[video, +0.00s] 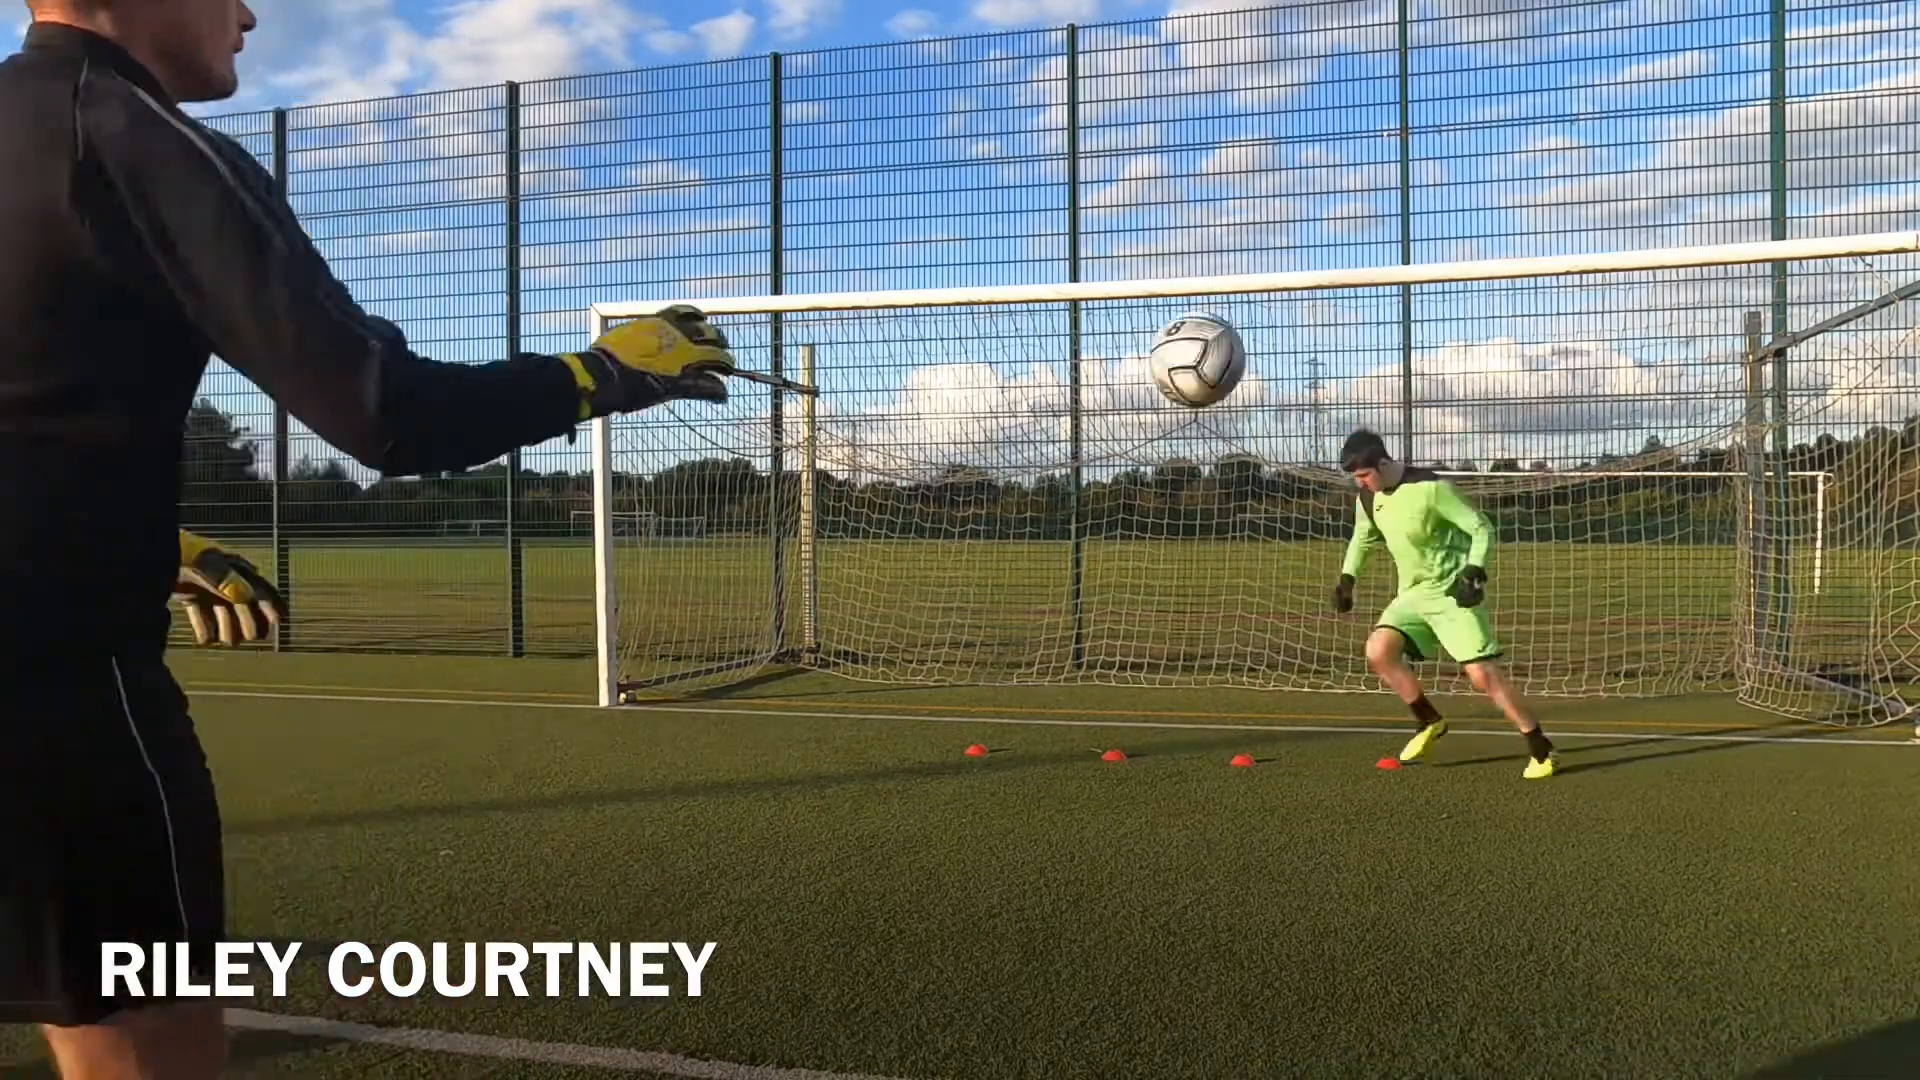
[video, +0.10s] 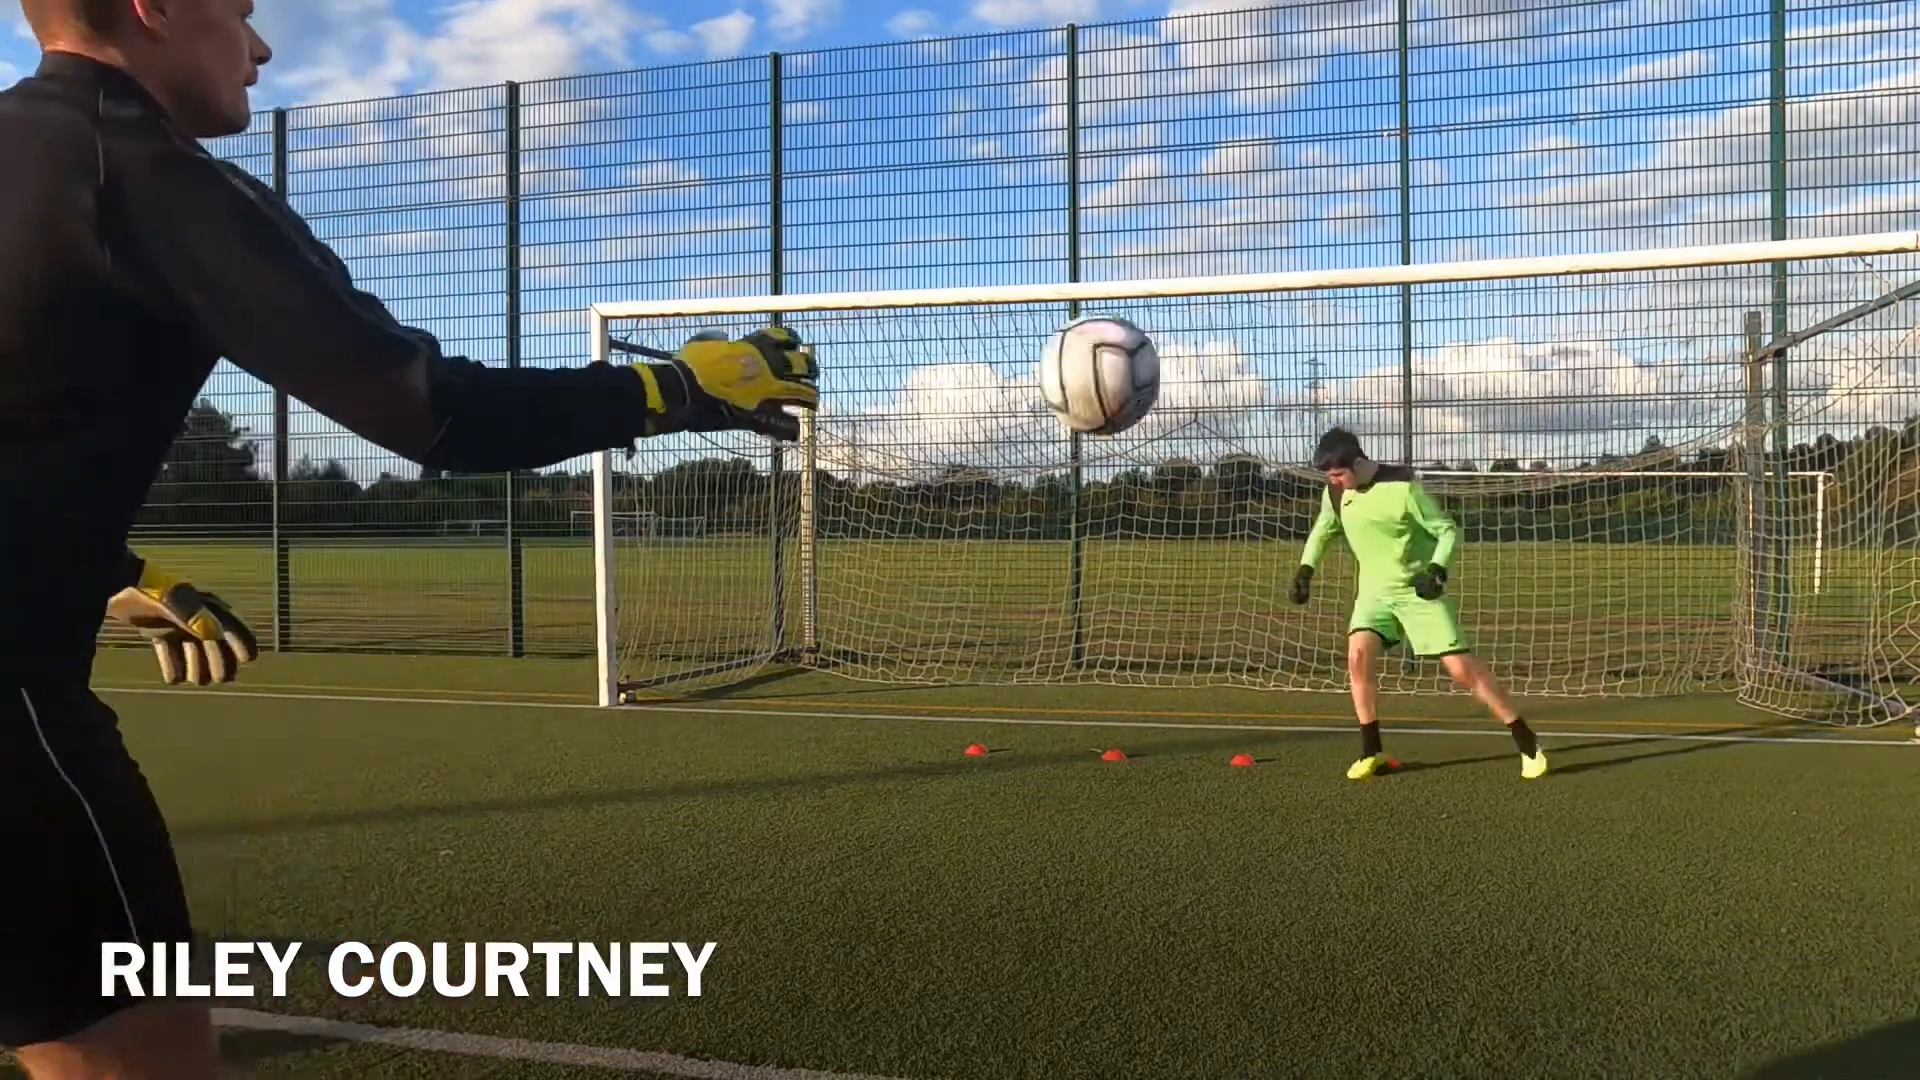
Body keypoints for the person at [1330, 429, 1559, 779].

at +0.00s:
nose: (1360, 483)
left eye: (1364, 474)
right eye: (1355, 477)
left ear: (1383, 462)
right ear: (1355, 474)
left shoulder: (1431, 489)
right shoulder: (1367, 498)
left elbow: (1481, 528)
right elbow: (1363, 537)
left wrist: (1474, 571)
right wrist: (1346, 579)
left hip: (1452, 592)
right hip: (1410, 597)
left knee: (1482, 674)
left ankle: (1542, 749)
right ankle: (1430, 721)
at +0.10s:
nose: (1333, 480)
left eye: (1338, 471)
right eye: (1329, 473)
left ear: (1358, 460)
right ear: (1328, 471)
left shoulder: (1405, 490)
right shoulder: (1335, 493)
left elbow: (1448, 529)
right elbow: (1323, 530)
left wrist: (1436, 568)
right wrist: (1305, 570)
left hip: (1419, 596)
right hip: (1372, 599)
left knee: (1462, 669)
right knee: (1357, 656)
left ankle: (1526, 740)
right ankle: (1372, 751)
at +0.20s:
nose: (1304, 477)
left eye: (1309, 469)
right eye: (1299, 471)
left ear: (1329, 458)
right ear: (1296, 467)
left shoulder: (1371, 485)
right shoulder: (1301, 487)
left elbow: (1411, 530)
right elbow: (1284, 520)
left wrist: (1398, 563)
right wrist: (1278, 558)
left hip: (1384, 580)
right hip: (1338, 587)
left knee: (1415, 649)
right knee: (1355, 654)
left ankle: (1434, 714)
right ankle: (1374, 752)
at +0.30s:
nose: (1264, 473)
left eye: (1269, 465)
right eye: (1259, 466)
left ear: (1288, 455)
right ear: (1256, 464)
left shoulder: (1333, 480)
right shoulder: (1263, 483)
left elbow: (1374, 524)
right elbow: (1261, 517)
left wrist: (1366, 562)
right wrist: (1254, 557)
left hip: (1349, 567)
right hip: (1306, 573)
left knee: (1363, 660)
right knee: (1319, 644)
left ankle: (1364, 714)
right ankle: (1334, 734)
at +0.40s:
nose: (1226, 475)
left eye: (1231, 468)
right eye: (1221, 469)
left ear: (1251, 458)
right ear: (1218, 466)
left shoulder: (1293, 486)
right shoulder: (1229, 487)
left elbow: (1343, 519)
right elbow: (1232, 523)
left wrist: (1349, 564)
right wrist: (1227, 565)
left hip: (1313, 584)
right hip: (1269, 584)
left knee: (1328, 665)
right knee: (1261, 653)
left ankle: (1347, 733)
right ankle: (1268, 709)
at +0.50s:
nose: (1183, 470)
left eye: (1189, 463)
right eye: (1179, 465)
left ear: (1208, 452)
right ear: (1178, 462)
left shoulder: (1252, 478)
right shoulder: (1189, 484)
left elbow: (1303, 501)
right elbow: (1191, 525)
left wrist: (1332, 540)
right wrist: (1195, 559)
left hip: (1265, 585)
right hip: (1224, 588)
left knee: (1279, 673)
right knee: (1218, 671)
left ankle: (1325, 717)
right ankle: (1214, 732)